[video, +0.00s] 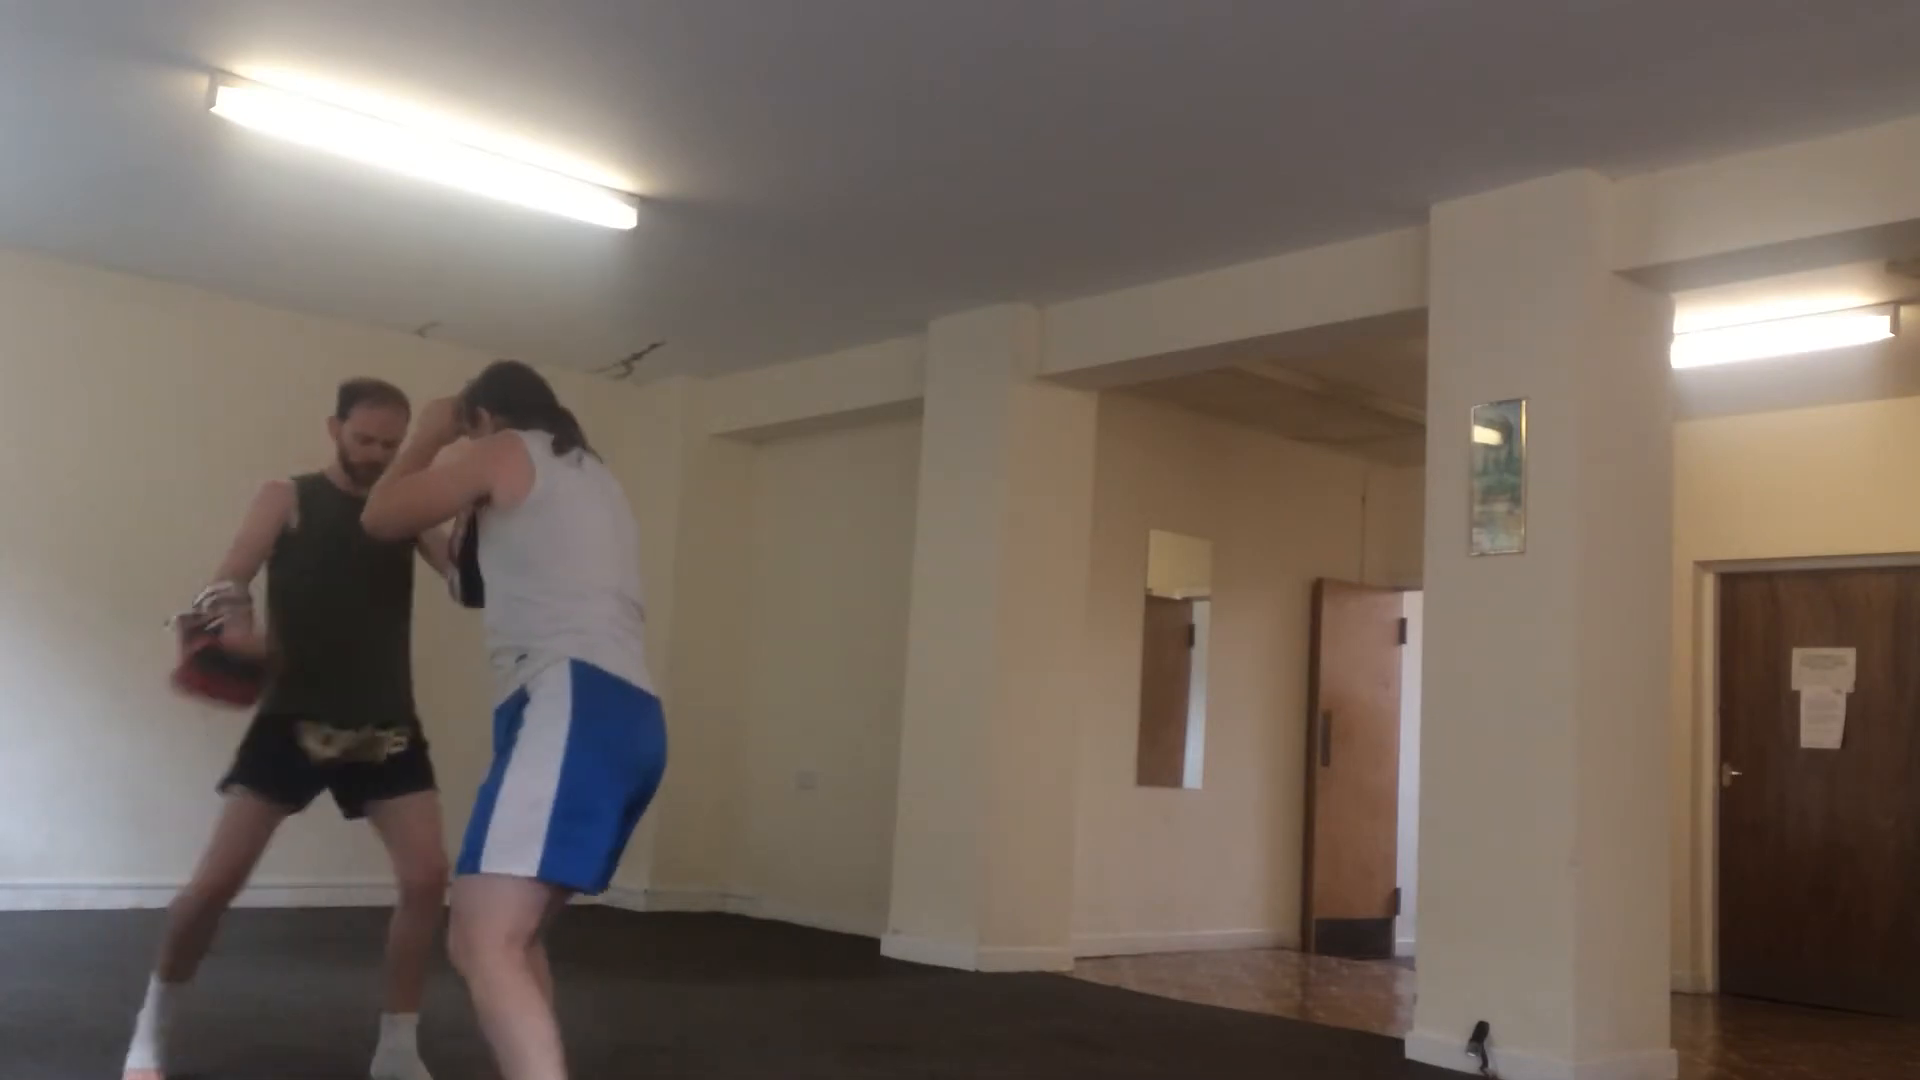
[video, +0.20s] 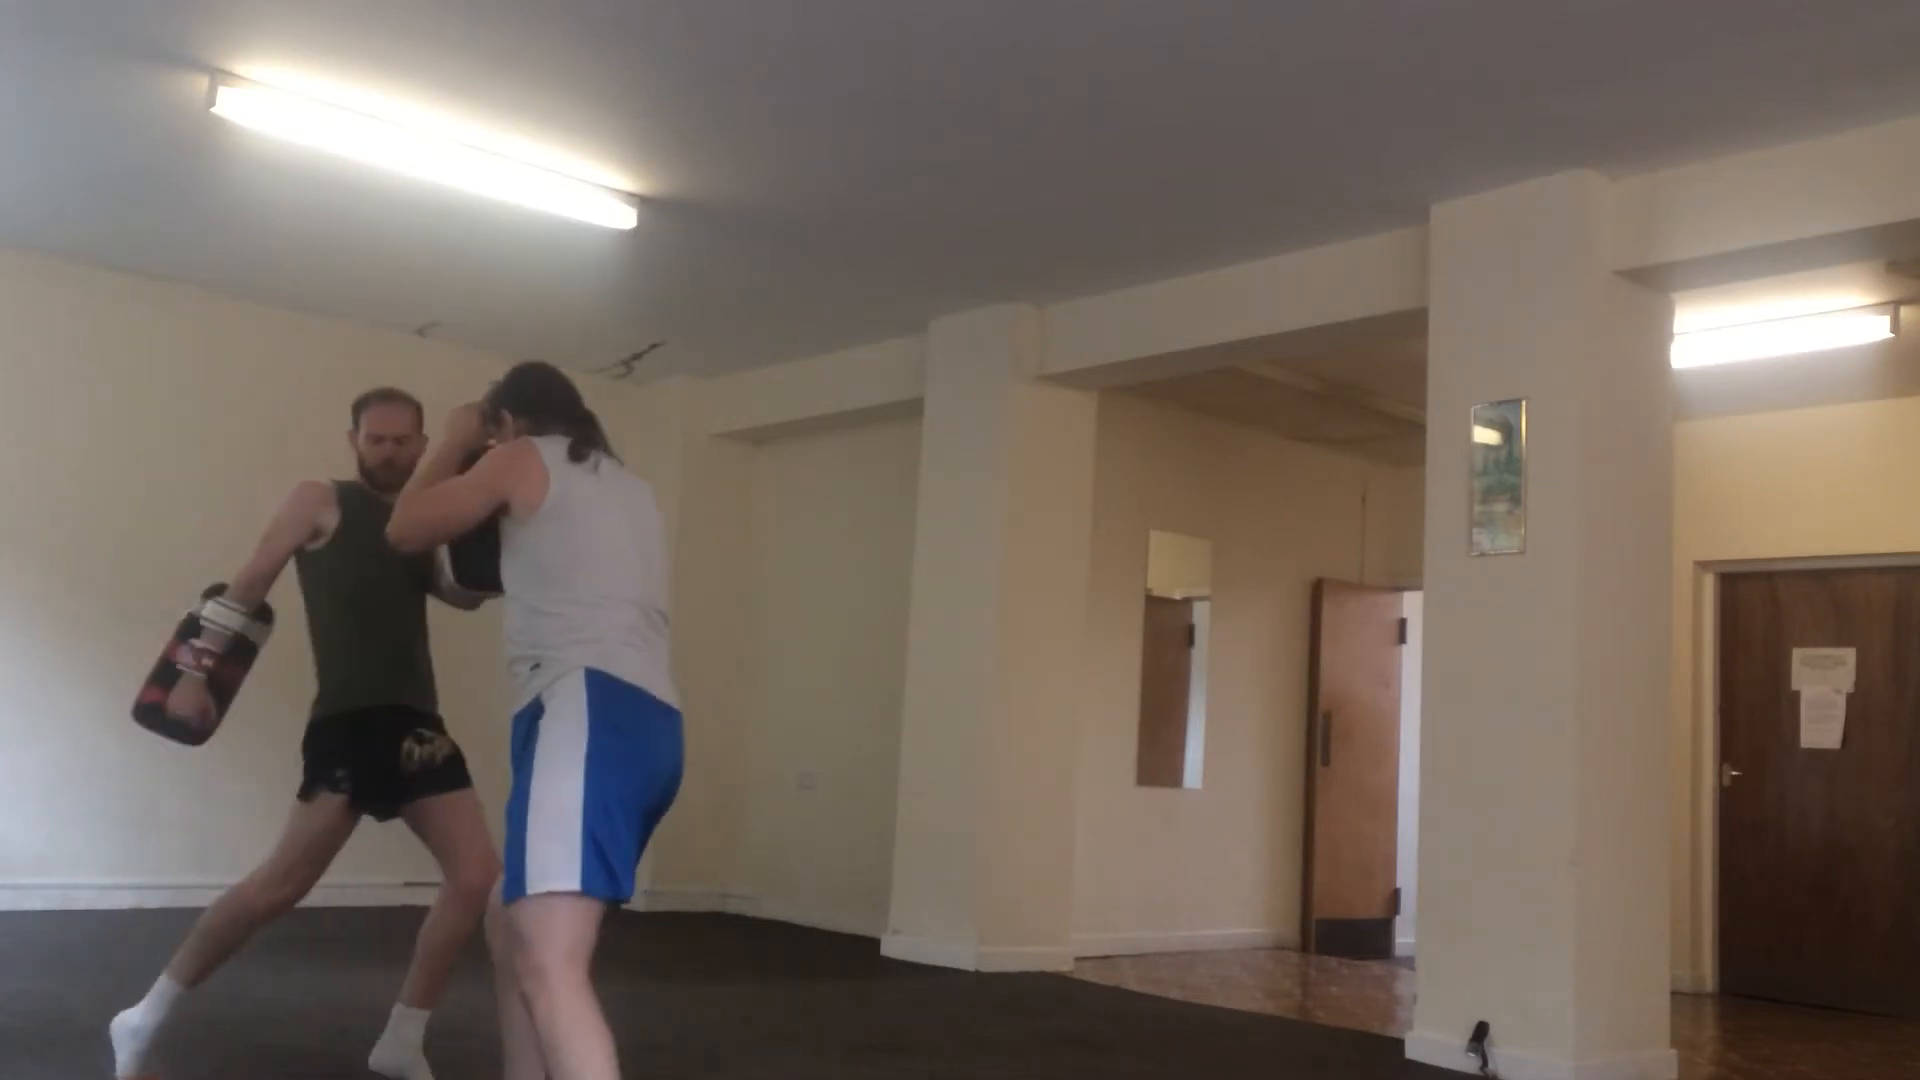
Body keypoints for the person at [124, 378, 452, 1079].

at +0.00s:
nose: (375, 455)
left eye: (388, 444)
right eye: (364, 440)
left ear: (405, 441)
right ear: (335, 431)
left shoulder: (403, 506)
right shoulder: (288, 499)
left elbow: (472, 583)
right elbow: (225, 585)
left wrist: (465, 498)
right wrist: (236, 625)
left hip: (386, 726)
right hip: (294, 722)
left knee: (427, 878)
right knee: (215, 886)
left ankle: (398, 1050)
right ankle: (151, 1027)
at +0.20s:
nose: (392, 453)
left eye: (404, 441)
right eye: (378, 440)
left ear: (423, 443)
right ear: (354, 442)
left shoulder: (418, 520)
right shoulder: (320, 502)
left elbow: (468, 592)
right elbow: (250, 587)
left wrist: (495, 504)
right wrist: (196, 669)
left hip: (418, 726)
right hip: (348, 726)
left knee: (474, 873)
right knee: (281, 884)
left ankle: (401, 1045)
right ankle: (144, 1018)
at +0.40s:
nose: (402, 436)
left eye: (415, 424)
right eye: (390, 423)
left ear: (437, 428)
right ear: (369, 426)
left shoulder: (442, 507)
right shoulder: (333, 492)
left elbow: (490, 582)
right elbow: (259, 575)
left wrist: (499, 484)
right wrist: (206, 640)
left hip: (423, 712)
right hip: (339, 710)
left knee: (459, 877)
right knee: (262, 872)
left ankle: (400, 1045)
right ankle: (147, 1018)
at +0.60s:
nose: (387, 426)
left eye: (399, 414)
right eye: (374, 415)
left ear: (422, 420)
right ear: (353, 421)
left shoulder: (438, 506)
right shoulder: (318, 489)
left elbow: (456, 597)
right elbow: (264, 567)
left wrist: (486, 530)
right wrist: (223, 572)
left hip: (398, 713)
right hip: (307, 707)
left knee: (414, 884)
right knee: (249, 878)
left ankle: (393, 1055)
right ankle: (207, 1027)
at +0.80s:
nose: (353, 449)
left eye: (364, 434)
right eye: (339, 437)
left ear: (387, 424)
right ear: (319, 433)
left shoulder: (412, 499)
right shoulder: (290, 498)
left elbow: (419, 589)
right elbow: (254, 594)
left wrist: (401, 518)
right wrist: (233, 537)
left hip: (373, 709)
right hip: (283, 705)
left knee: (403, 876)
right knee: (226, 876)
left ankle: (429, 1043)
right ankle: (208, 1039)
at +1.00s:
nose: (339, 456)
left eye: (349, 440)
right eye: (324, 445)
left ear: (378, 426)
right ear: (307, 440)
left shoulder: (411, 499)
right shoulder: (300, 502)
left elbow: (396, 581)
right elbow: (256, 585)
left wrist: (347, 513)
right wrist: (231, 521)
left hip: (363, 723)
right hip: (284, 715)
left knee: (361, 884)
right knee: (220, 872)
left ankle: (448, 1030)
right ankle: (208, 1038)